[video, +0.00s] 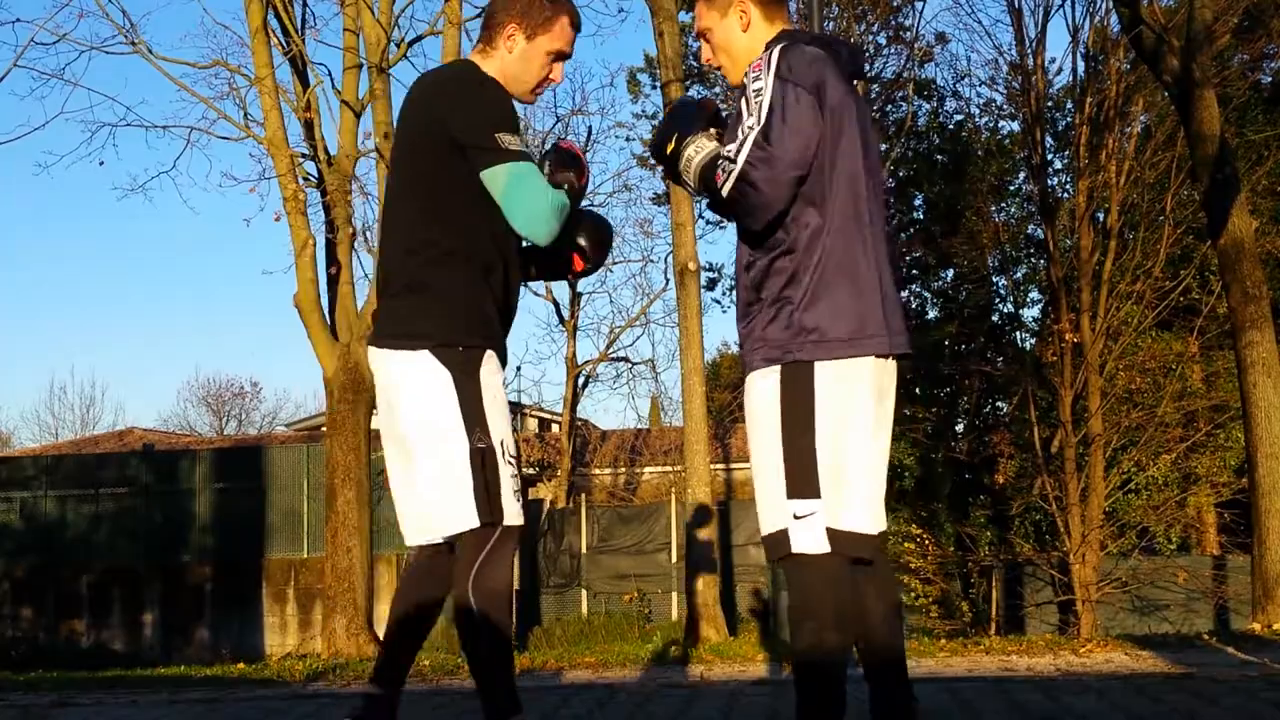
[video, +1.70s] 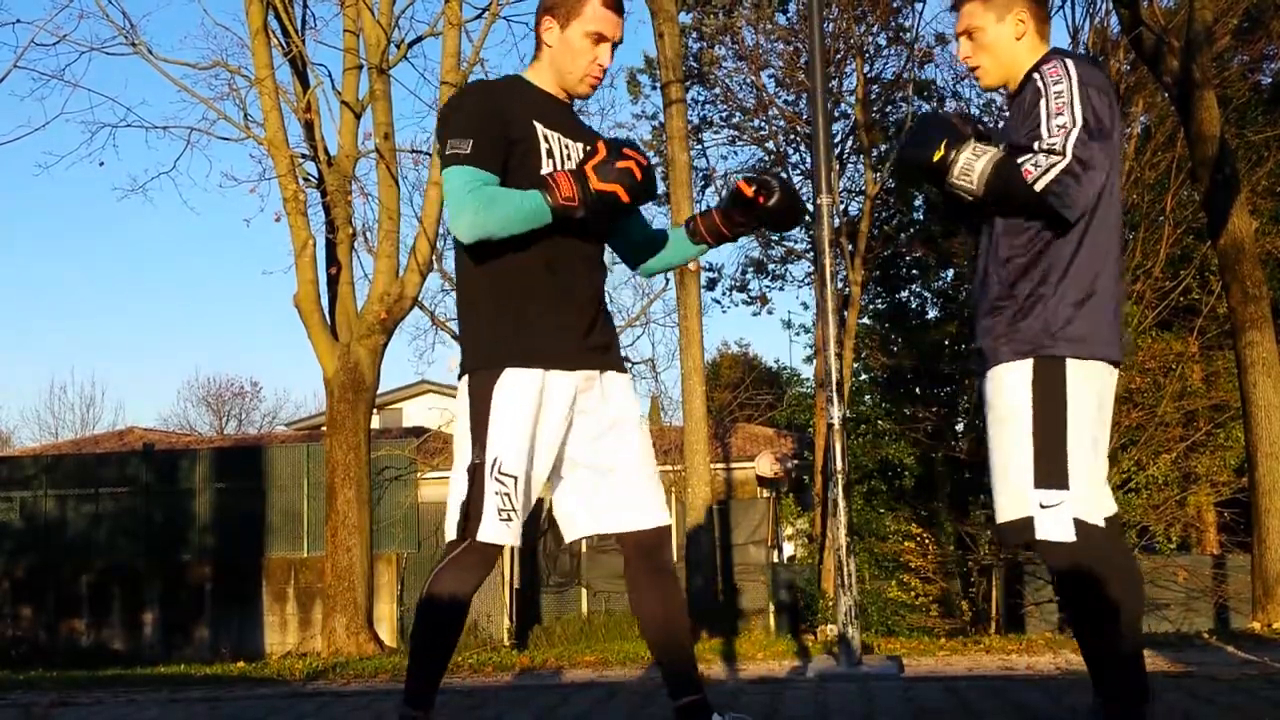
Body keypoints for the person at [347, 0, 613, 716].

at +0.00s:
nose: (558, 76)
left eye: (564, 61)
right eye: (555, 57)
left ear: (509, 35)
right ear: (513, 35)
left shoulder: (449, 98)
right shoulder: (469, 91)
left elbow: (481, 249)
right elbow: (538, 219)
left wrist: (568, 254)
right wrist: (562, 178)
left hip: (414, 342)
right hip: (446, 345)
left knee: (441, 534)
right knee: (493, 528)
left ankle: (378, 705)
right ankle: (503, 713)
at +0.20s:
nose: (594, 62)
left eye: (599, 48)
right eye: (589, 43)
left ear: (551, 30)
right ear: (543, 25)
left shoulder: (512, 105)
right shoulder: (490, 88)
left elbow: (506, 256)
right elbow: (504, 216)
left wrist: (578, 276)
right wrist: (576, 210)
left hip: (503, 345)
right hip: (473, 342)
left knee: (544, 523)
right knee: (514, 522)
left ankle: (490, 703)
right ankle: (494, 707)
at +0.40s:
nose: (620, 59)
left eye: (628, 46)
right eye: (617, 39)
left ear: (582, 26)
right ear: (570, 18)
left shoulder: (570, 126)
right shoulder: (493, 77)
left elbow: (592, 253)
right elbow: (465, 188)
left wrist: (649, 206)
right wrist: (571, 176)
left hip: (558, 348)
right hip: (491, 342)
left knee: (582, 530)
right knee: (514, 530)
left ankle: (606, 709)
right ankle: (508, 713)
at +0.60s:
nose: (629, 69)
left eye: (637, 57)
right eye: (623, 50)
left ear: (633, 54)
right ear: (580, 29)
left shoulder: (606, 132)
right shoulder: (502, 89)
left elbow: (688, 200)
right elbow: (535, 183)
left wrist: (752, 152)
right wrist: (636, 160)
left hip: (588, 348)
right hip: (516, 344)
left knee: (607, 533)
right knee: (546, 532)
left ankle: (610, 713)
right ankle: (518, 716)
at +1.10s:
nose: (623, 75)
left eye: (631, 63)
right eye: (618, 56)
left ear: (591, 42)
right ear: (575, 34)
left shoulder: (591, 140)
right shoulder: (497, 99)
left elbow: (598, 251)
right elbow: (426, 194)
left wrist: (682, 237)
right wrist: (529, 223)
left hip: (595, 357)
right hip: (520, 352)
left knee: (602, 534)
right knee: (514, 527)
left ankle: (610, 711)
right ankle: (418, 705)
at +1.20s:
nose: (613, 73)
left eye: (620, 60)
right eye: (608, 54)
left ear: (582, 45)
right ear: (563, 35)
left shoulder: (576, 134)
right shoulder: (482, 99)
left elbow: (558, 253)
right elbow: (403, 205)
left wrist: (626, 298)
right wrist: (500, 237)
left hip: (582, 360)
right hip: (509, 355)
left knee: (610, 532)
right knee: (492, 533)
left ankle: (610, 711)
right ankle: (416, 707)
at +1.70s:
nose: (607, 60)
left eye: (614, 48)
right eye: (597, 40)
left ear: (602, 50)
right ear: (548, 30)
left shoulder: (591, 143)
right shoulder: (478, 104)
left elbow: (646, 252)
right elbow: (467, 216)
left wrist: (723, 222)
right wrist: (575, 191)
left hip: (597, 360)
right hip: (510, 359)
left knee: (645, 531)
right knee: (481, 539)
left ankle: (692, 705)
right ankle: (415, 708)